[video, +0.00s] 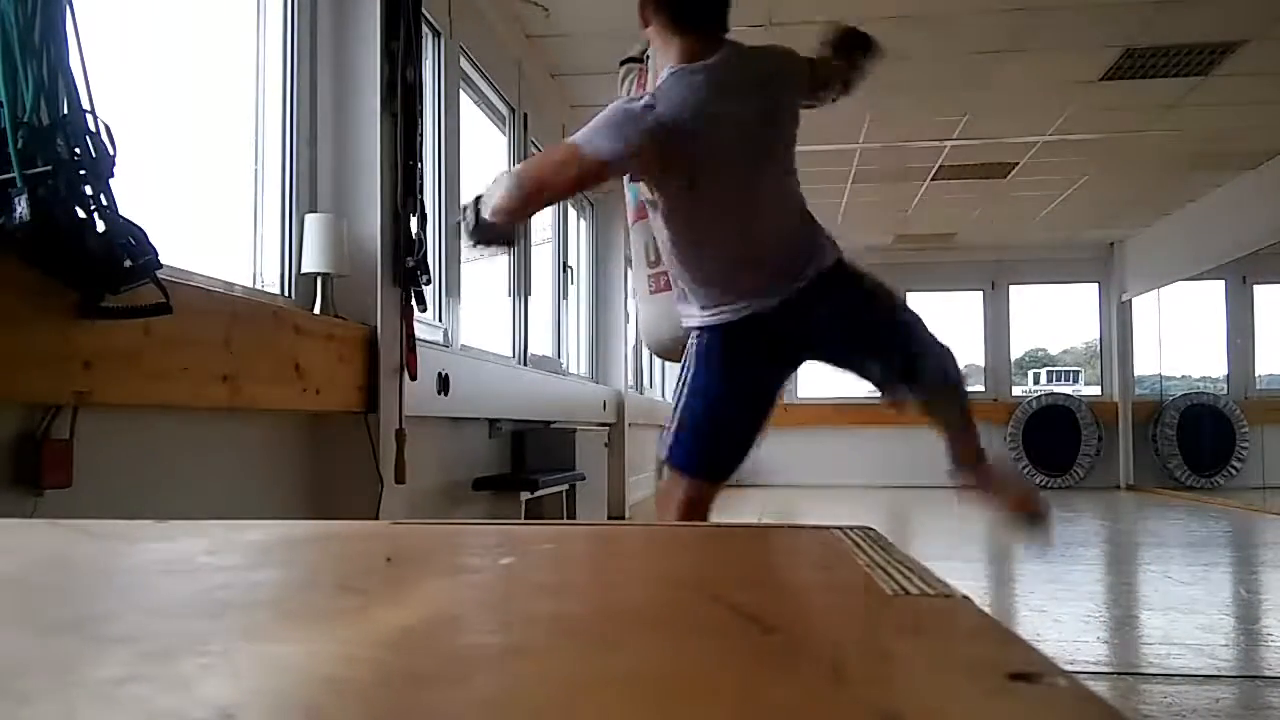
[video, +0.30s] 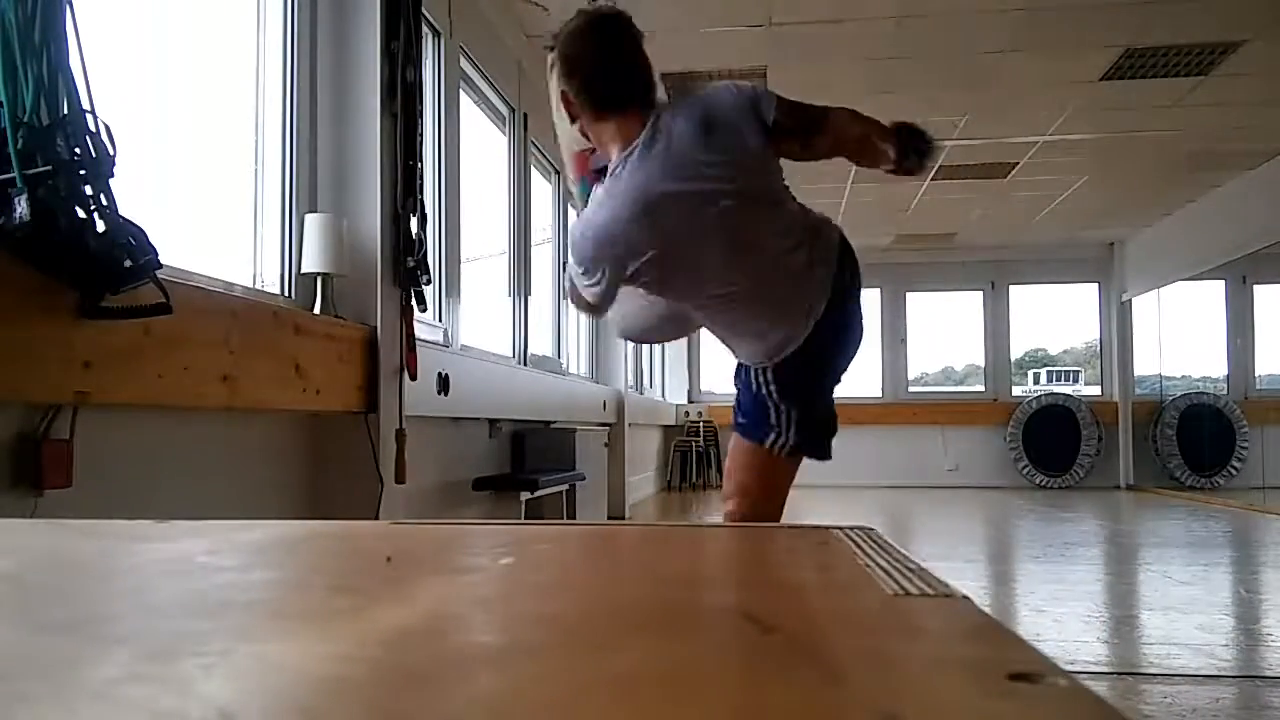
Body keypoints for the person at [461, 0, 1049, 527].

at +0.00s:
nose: (639, 22)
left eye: (640, 15)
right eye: (645, 16)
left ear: (650, 16)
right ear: (718, 15)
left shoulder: (646, 118)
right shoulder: (768, 67)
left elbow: (535, 184)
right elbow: (828, 81)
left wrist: (493, 216)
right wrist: (851, 51)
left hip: (733, 328)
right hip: (822, 286)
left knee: (684, 500)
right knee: (931, 366)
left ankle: (665, 641)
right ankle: (972, 467)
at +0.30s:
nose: (560, 105)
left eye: (559, 93)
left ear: (569, 105)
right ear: (647, 68)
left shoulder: (602, 226)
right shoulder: (723, 107)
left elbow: (587, 301)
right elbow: (830, 131)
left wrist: (584, 194)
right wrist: (895, 150)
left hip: (787, 355)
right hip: (838, 266)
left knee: (746, 516)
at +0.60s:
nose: (689, 14)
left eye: (694, 3)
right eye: (693, 4)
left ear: (712, 7)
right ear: (769, 1)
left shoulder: (732, 90)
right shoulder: (824, 50)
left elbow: (707, 239)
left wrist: (643, 181)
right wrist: (710, 88)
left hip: (783, 325)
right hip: (864, 296)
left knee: (710, 506)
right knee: (888, 435)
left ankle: (709, 670)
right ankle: (965, 575)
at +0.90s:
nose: (881, 12)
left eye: (885, 6)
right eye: (883, 9)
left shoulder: (918, 42)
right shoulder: (1034, 69)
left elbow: (905, 170)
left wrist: (806, 166)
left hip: (922, 338)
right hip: (1023, 339)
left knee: (804, 540)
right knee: (1056, 552)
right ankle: (1122, 719)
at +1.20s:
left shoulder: (960, 2)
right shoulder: (1158, 8)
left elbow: (870, 151)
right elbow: (1218, 149)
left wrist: (876, 92)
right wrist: (1105, 149)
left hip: (1015, 273)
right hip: (1140, 272)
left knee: (942, 520)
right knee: (1174, 520)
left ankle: (1044, 707)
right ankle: (1219, 710)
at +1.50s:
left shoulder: (979, 1)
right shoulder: (1182, 3)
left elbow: (914, 119)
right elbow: (1249, 143)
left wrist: (944, 185)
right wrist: (1133, 158)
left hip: (1022, 260)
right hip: (1156, 257)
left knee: (927, 502)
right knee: (1185, 519)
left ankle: (973, 711)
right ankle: (1214, 714)